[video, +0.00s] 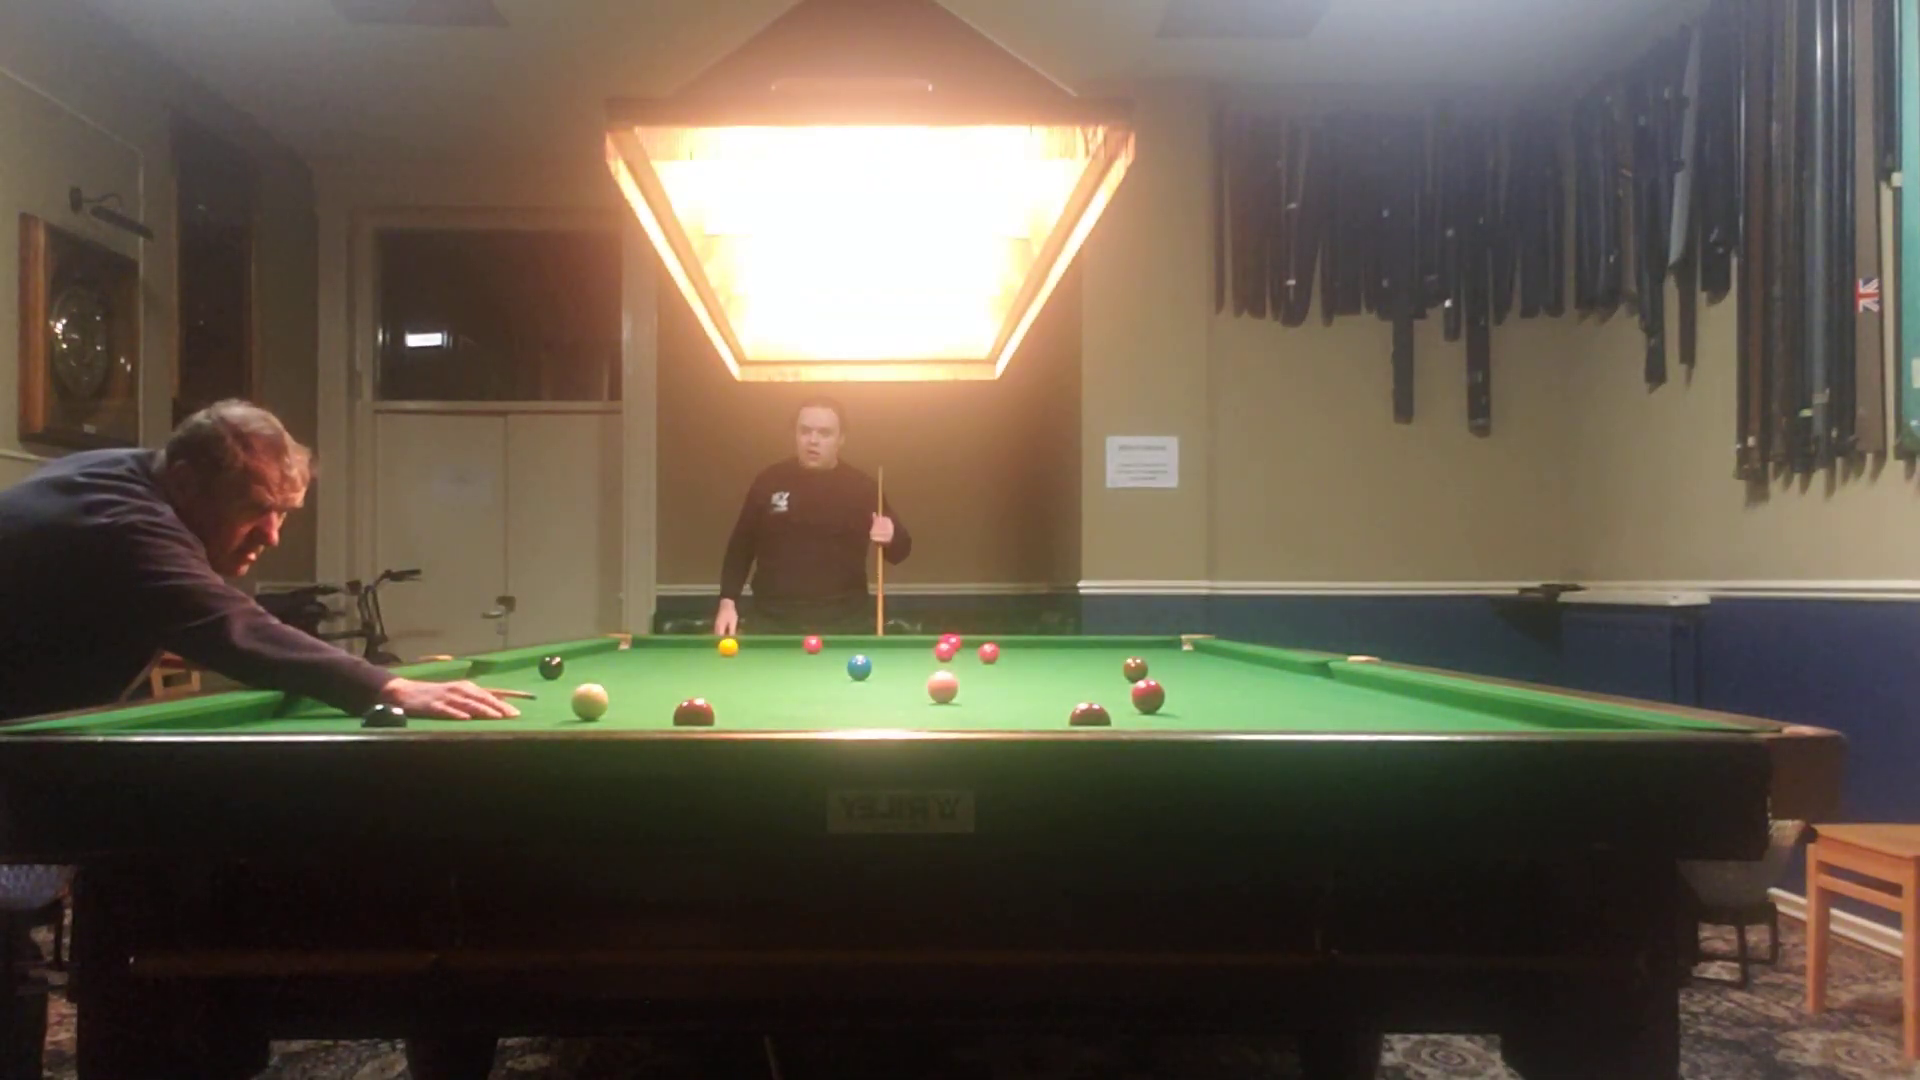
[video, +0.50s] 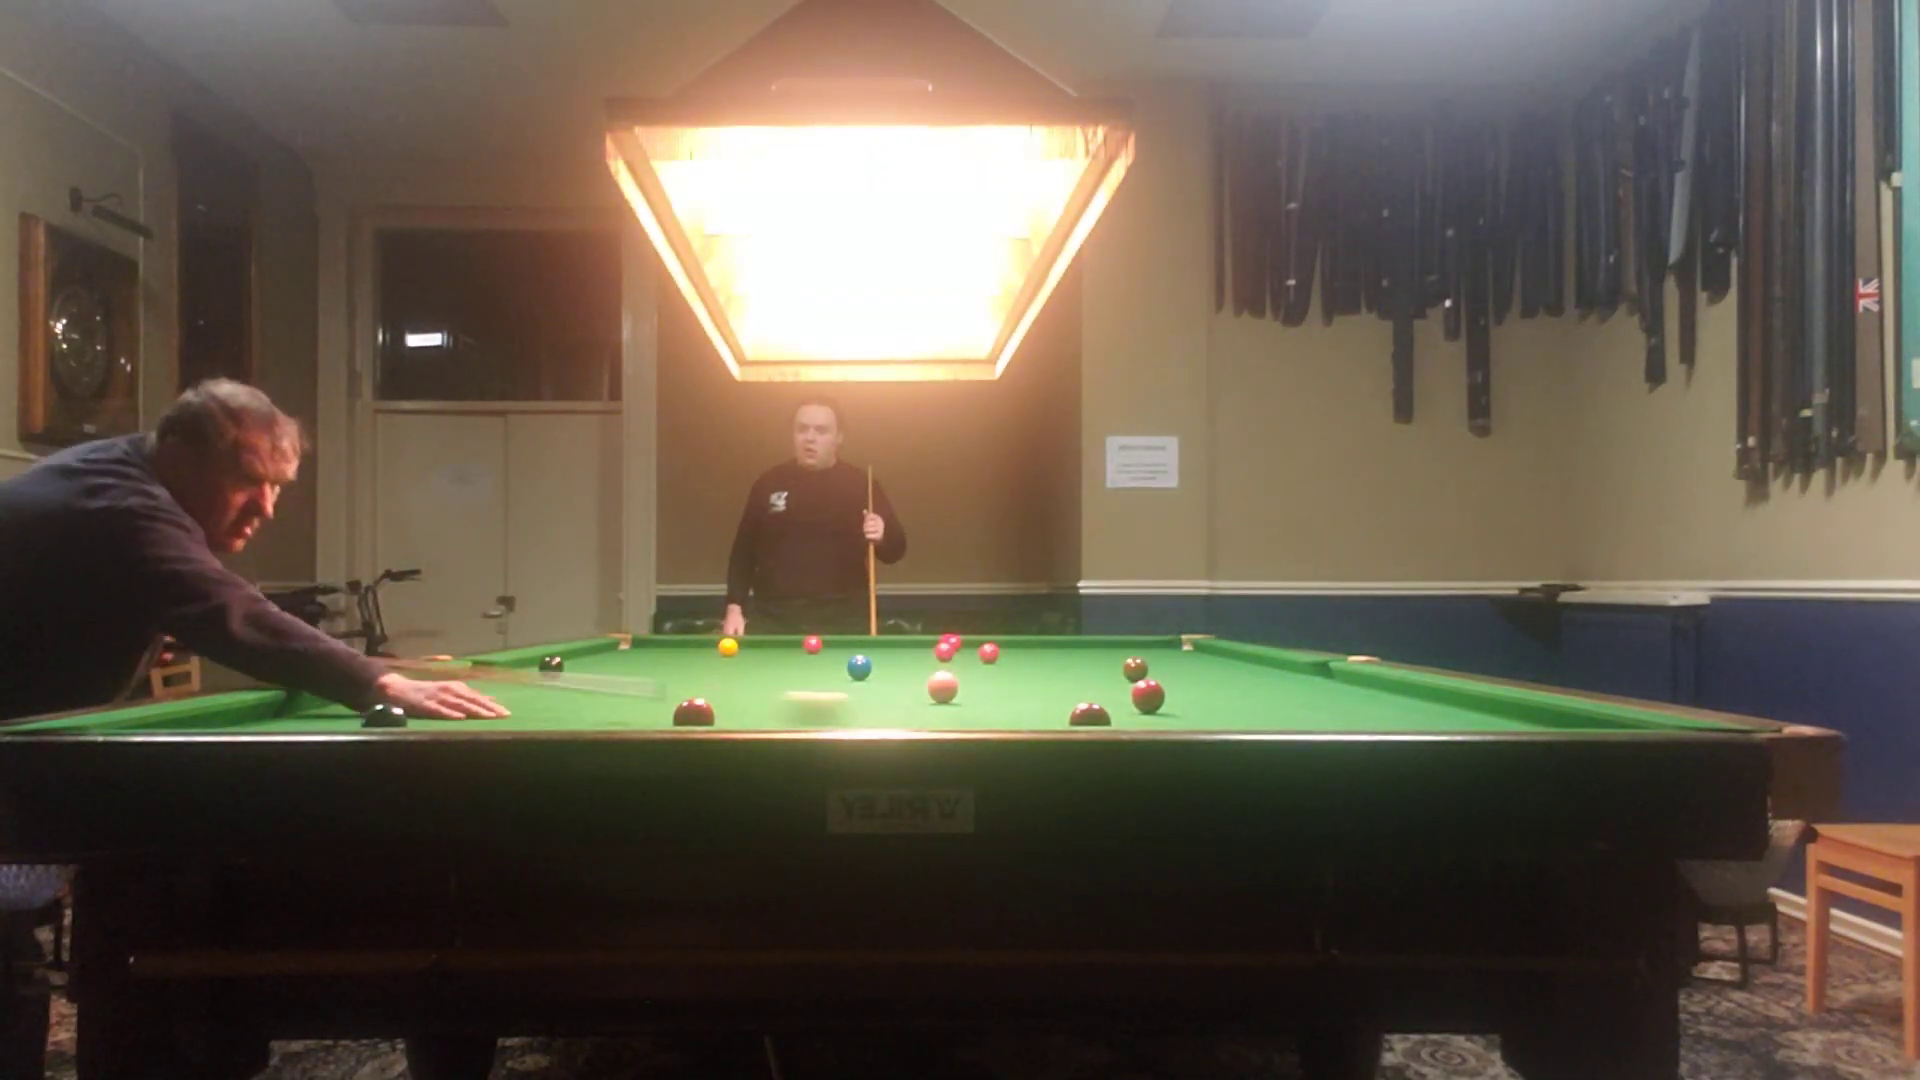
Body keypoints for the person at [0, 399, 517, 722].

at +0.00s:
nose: (270, 537)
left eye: (283, 516)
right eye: (255, 510)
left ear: (183, 476)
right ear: (187, 481)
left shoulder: (134, 474)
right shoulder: (135, 531)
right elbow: (241, 632)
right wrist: (394, 687)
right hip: (11, 719)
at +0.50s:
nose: (266, 507)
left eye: (277, 488)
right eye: (250, 484)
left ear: (180, 457)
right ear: (189, 462)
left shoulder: (124, 463)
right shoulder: (134, 516)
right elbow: (244, 622)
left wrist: (144, 620)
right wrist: (386, 682)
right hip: (14, 731)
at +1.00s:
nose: (226, 420)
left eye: (236, 403)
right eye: (207, 396)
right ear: (144, 386)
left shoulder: (109, 440)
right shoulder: (86, 445)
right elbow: (154, 575)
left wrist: (120, 632)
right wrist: (296, 654)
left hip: (41, 745)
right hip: (16, 751)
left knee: (30, 945)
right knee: (24, 953)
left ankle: (27, 1061)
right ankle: (25, 1064)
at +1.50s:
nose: (169, 362)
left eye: (176, 345)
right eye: (150, 343)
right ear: (85, 343)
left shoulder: (110, 432)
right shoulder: (22, 410)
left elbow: (100, 580)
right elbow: (31, 564)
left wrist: (160, 657)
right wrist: (160, 648)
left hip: (78, 726)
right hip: (13, 730)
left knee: (58, 929)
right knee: (22, 934)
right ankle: (27, 1064)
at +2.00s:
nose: (124, 336)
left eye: (124, 318)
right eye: (103, 312)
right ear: (26, 316)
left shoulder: (46, 417)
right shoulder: (8, 410)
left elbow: (61, 574)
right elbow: (16, 561)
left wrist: (161, 658)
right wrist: (149, 654)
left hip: (48, 719)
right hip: (14, 723)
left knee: (30, 916)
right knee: (16, 919)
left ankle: (29, 1054)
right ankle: (23, 1058)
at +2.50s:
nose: (80, 333)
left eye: (87, 313)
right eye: (51, 309)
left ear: (93, 316)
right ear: (2, 315)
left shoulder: (32, 423)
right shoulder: (18, 426)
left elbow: (26, 574)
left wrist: (58, 618)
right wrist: (46, 627)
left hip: (15, 700)